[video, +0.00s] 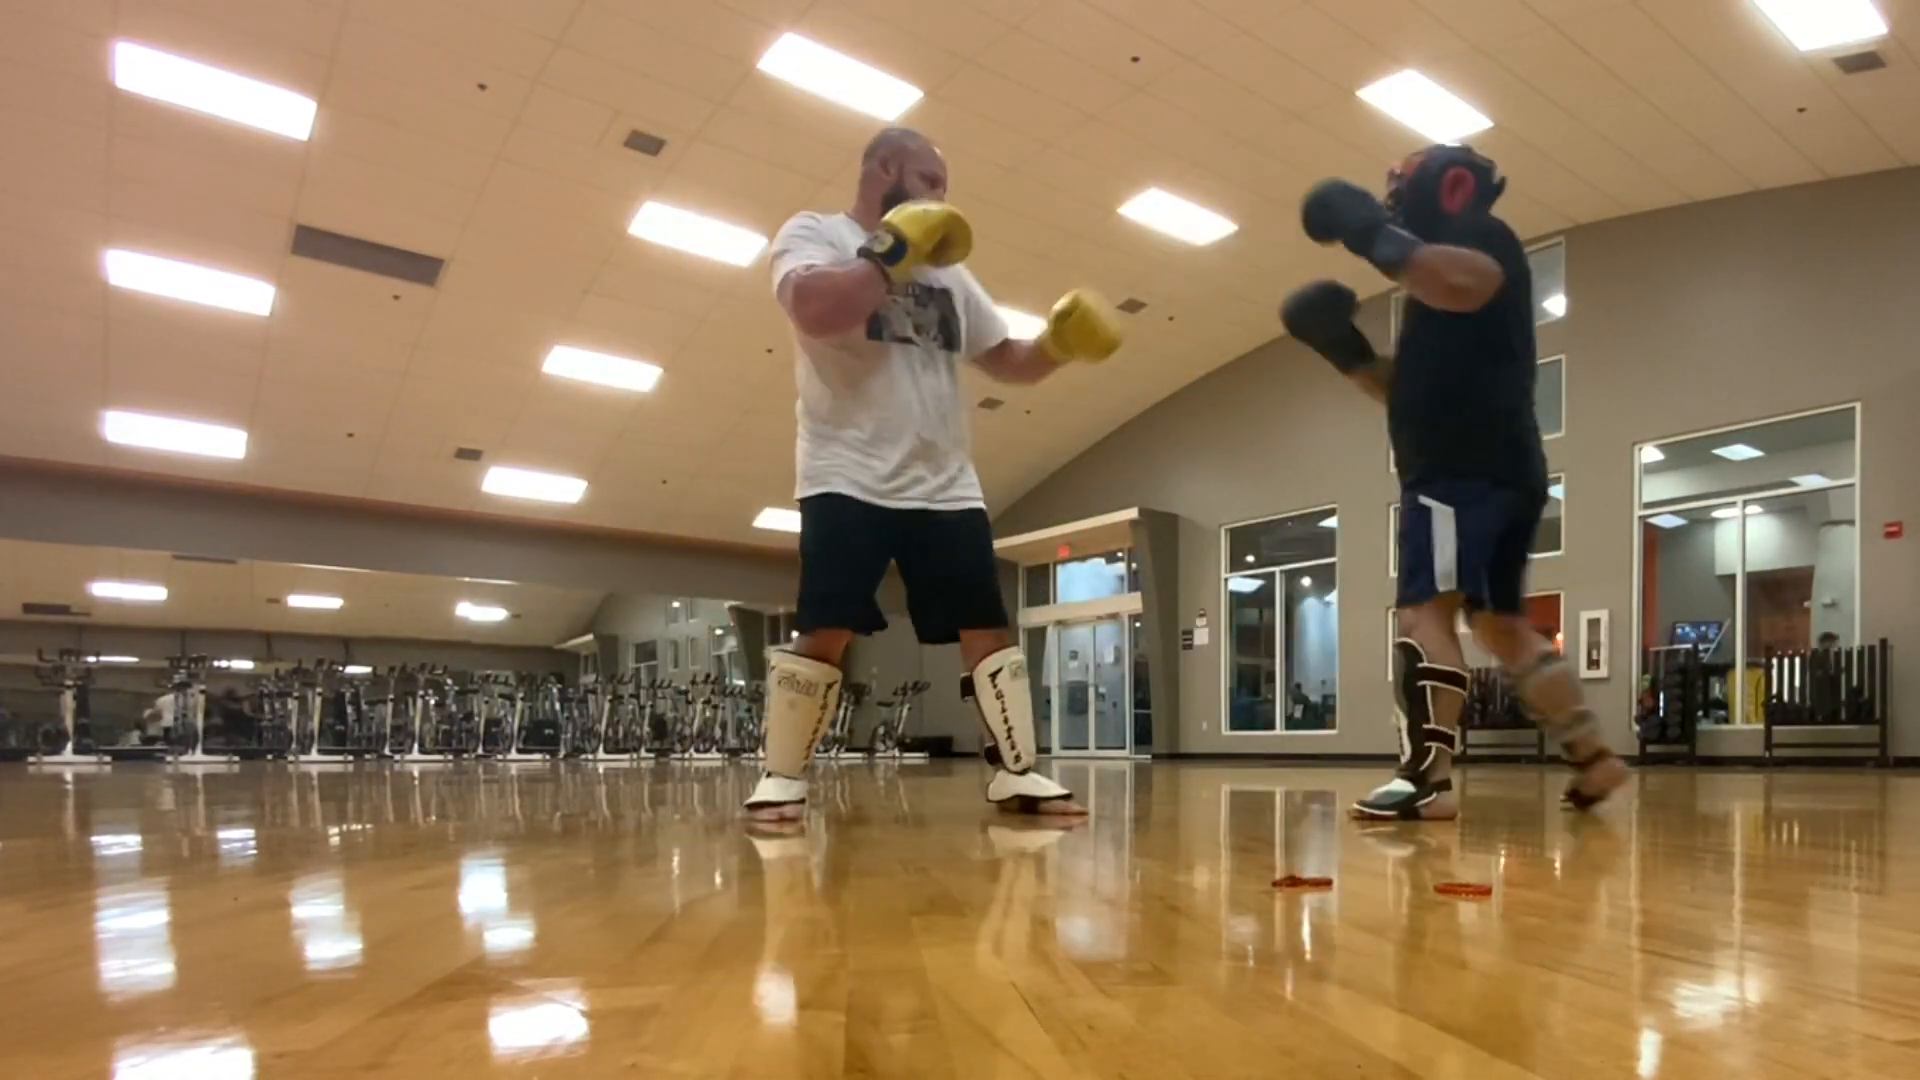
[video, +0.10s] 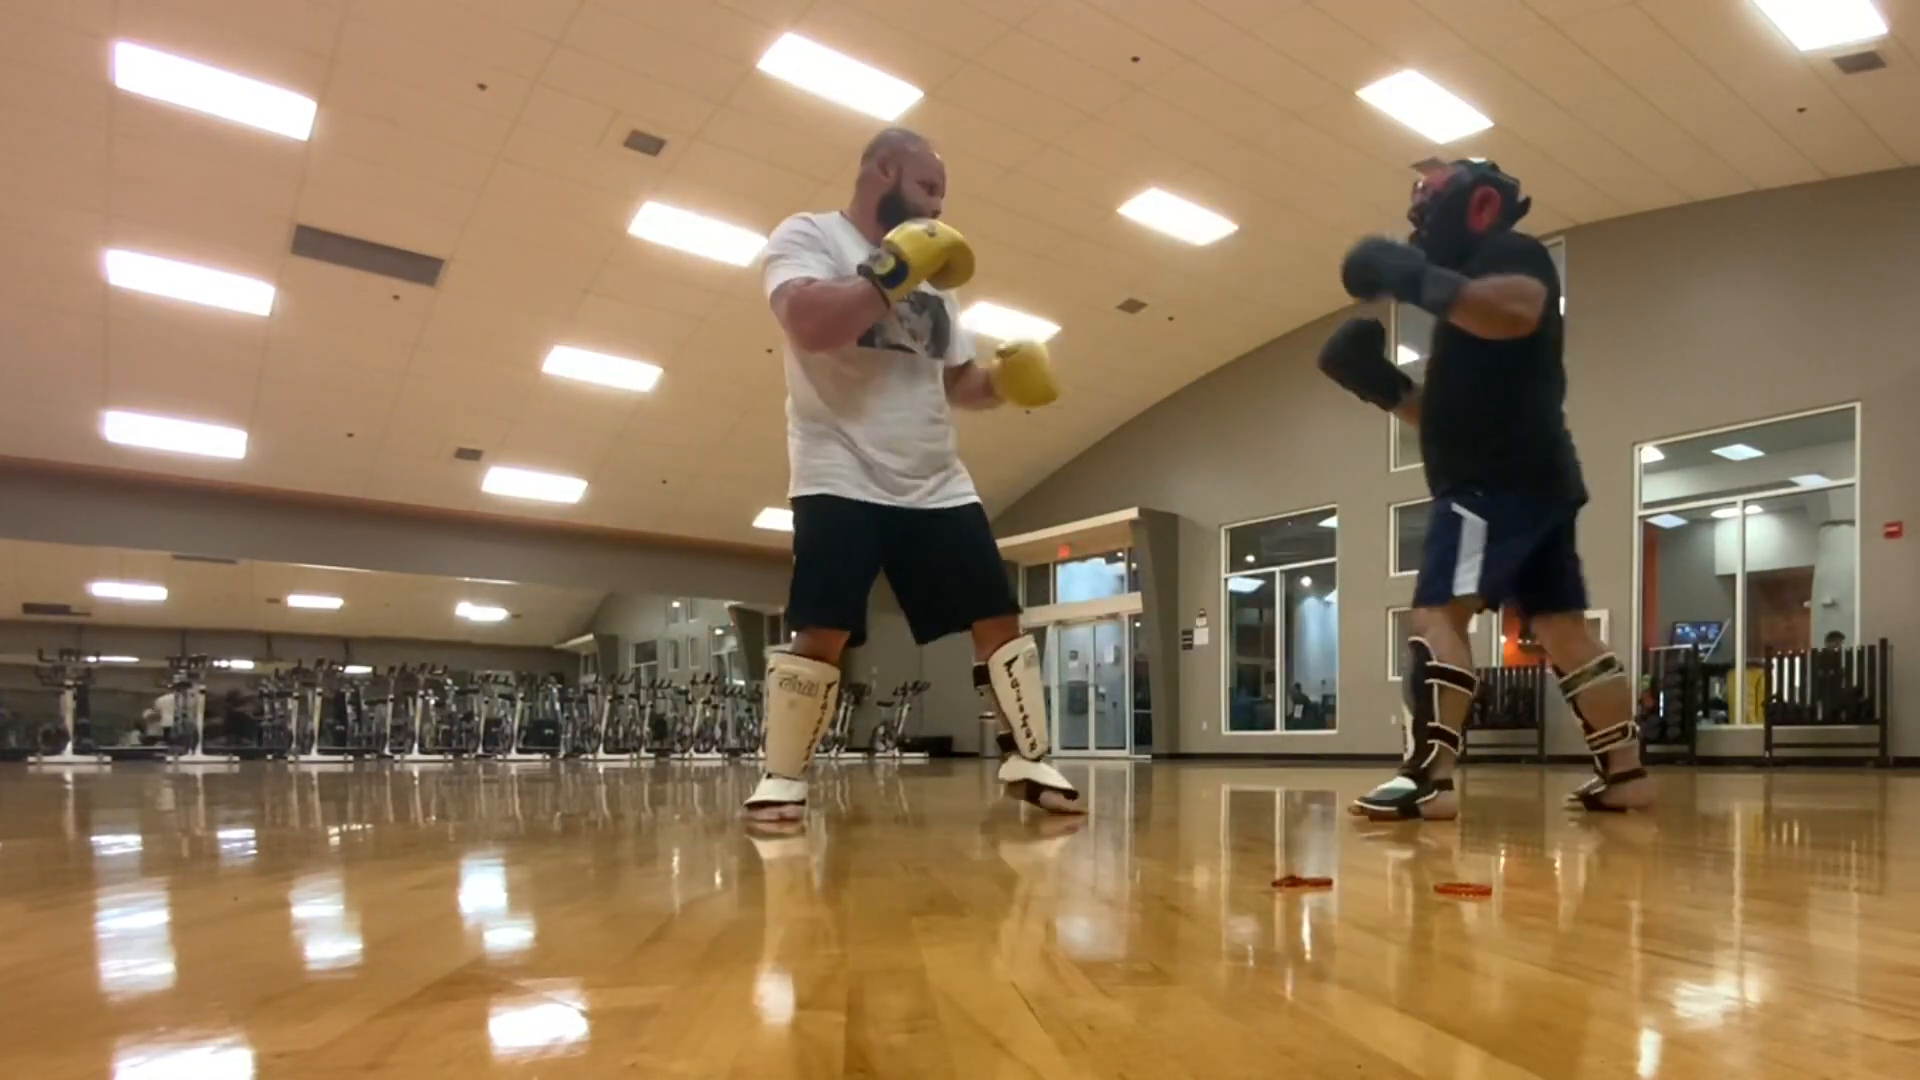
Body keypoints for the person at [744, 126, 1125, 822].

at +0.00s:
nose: (939, 199)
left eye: (944, 190)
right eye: (931, 182)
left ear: (935, 194)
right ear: (882, 166)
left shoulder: (947, 274)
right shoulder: (816, 234)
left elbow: (1003, 358)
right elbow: (814, 312)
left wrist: (1057, 344)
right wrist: (895, 254)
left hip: (943, 475)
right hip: (848, 468)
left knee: (983, 618)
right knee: (830, 621)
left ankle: (1019, 774)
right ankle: (781, 782)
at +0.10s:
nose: (936, 208)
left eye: (941, 196)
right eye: (928, 189)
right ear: (881, 170)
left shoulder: (929, 288)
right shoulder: (807, 236)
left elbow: (955, 383)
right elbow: (809, 325)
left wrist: (1000, 380)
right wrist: (898, 266)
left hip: (935, 476)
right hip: (840, 470)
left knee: (993, 609)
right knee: (825, 621)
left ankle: (1032, 759)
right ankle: (781, 784)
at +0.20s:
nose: (937, 209)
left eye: (942, 198)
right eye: (930, 190)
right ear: (884, 167)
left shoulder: (927, 291)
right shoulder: (810, 230)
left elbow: (939, 380)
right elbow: (821, 316)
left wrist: (993, 372)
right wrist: (907, 261)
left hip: (934, 472)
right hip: (841, 470)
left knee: (999, 603)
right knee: (823, 623)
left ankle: (1033, 750)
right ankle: (783, 782)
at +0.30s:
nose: (946, 205)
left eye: (949, 198)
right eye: (937, 189)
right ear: (891, 170)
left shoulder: (931, 287)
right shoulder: (822, 229)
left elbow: (946, 382)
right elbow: (860, 296)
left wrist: (1014, 346)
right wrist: (926, 238)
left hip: (939, 475)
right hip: (846, 470)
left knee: (996, 611)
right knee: (826, 624)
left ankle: (1013, 754)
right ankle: (783, 779)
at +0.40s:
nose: (960, 212)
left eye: (965, 203)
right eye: (952, 196)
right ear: (906, 183)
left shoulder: (944, 298)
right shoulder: (847, 236)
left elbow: (978, 390)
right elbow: (893, 304)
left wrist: (1031, 342)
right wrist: (950, 242)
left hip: (951, 487)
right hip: (861, 475)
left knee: (986, 630)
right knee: (833, 627)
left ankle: (1002, 770)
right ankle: (783, 778)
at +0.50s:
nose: (986, 233)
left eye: (992, 226)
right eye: (978, 213)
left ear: (981, 233)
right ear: (935, 197)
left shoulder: (966, 310)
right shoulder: (880, 246)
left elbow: (977, 408)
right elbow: (926, 322)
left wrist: (1037, 369)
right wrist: (985, 261)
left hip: (973, 495)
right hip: (889, 481)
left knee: (993, 631)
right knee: (851, 628)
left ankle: (999, 775)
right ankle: (787, 777)